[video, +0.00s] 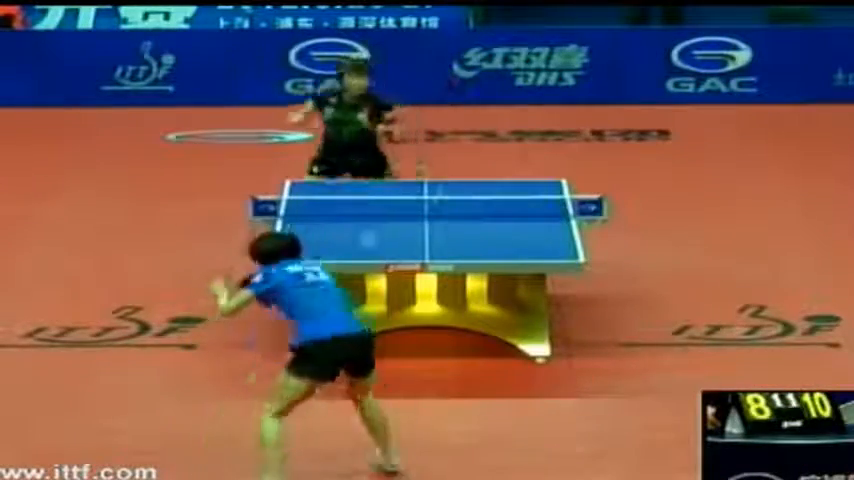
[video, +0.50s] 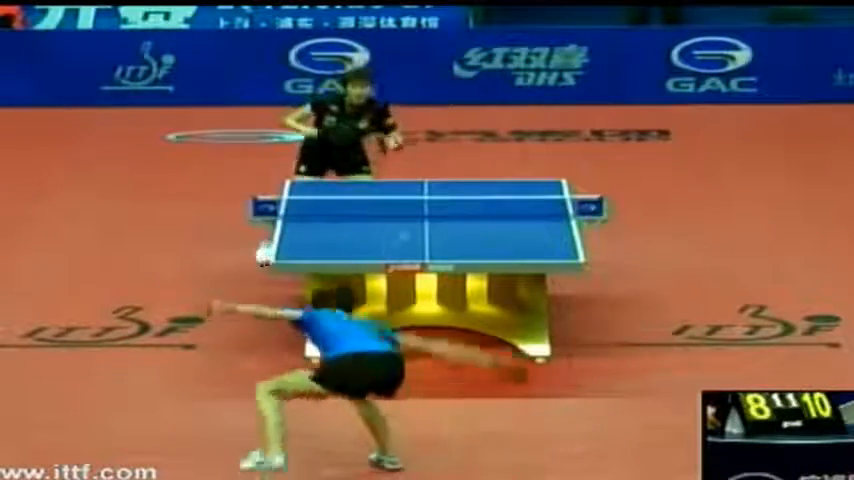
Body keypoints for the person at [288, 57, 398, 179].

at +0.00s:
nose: (357, 84)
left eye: (361, 79)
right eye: (353, 78)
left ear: (367, 81)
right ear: (343, 80)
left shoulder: (372, 103)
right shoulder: (329, 100)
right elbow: (310, 107)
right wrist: (300, 116)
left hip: (366, 157)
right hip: (332, 157)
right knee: (312, 189)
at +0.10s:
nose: (352, 81)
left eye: (356, 76)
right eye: (348, 76)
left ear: (362, 78)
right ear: (338, 76)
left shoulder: (367, 99)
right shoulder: (322, 94)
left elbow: (383, 127)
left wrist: (380, 130)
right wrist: (297, 113)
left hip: (356, 151)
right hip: (320, 152)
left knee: (376, 193)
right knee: (306, 195)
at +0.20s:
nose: (353, 83)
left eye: (357, 78)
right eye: (349, 78)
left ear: (363, 79)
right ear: (339, 78)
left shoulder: (366, 99)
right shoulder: (322, 94)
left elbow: (381, 124)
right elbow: (286, 112)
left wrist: (381, 129)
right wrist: (308, 123)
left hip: (351, 148)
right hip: (318, 149)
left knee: (371, 194)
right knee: (305, 196)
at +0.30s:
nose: (358, 87)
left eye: (362, 82)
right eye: (353, 82)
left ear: (368, 84)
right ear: (344, 83)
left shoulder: (372, 105)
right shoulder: (326, 99)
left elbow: (388, 126)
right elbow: (289, 118)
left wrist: (389, 134)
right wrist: (308, 129)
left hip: (350, 151)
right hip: (317, 150)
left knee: (365, 197)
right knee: (301, 197)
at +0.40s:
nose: (360, 89)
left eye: (364, 84)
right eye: (355, 84)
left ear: (370, 86)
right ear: (346, 85)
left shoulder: (375, 107)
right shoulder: (328, 101)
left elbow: (392, 127)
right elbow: (292, 119)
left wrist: (391, 135)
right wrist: (310, 129)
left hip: (351, 152)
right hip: (319, 150)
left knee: (366, 196)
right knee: (302, 195)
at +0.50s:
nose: (359, 92)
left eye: (363, 87)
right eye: (355, 87)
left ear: (369, 90)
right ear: (346, 88)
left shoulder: (375, 110)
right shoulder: (326, 102)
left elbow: (393, 132)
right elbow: (290, 120)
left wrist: (392, 141)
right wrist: (309, 131)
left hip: (351, 150)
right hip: (318, 149)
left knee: (364, 193)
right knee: (304, 193)